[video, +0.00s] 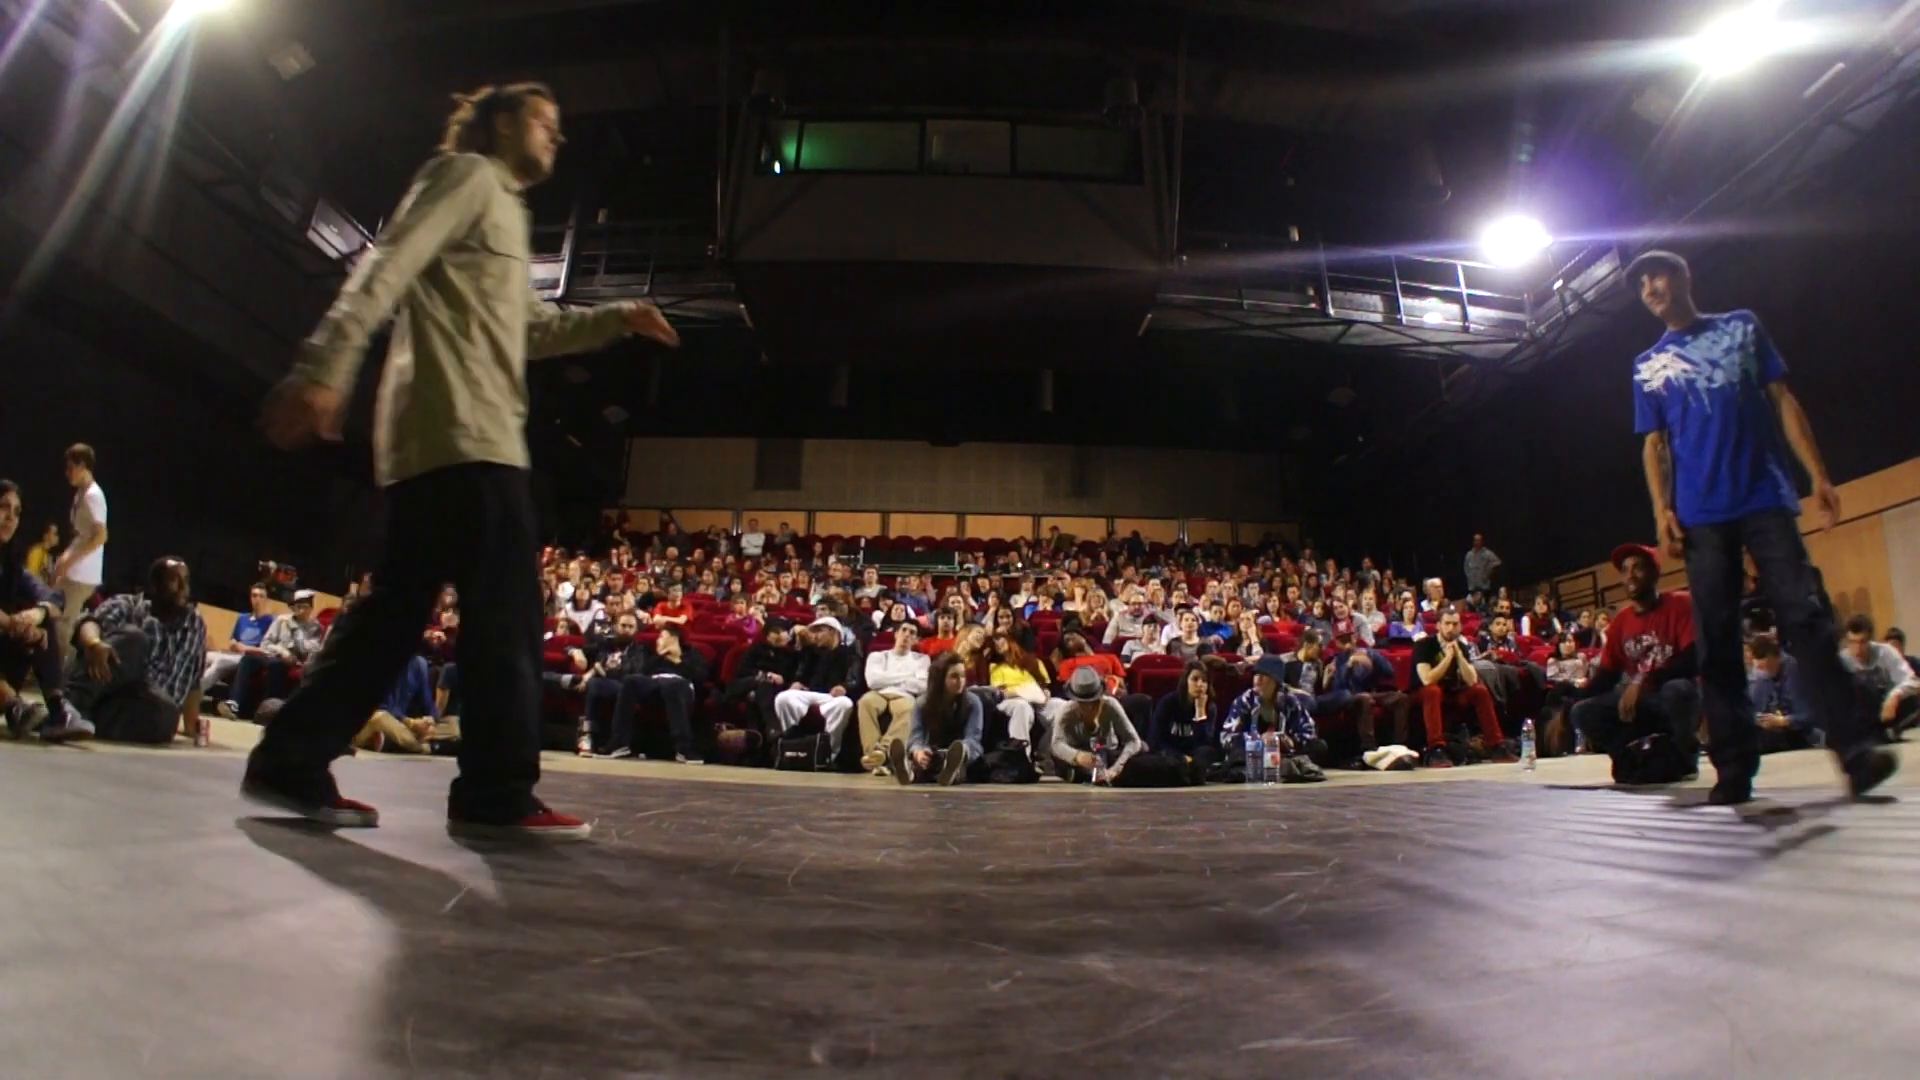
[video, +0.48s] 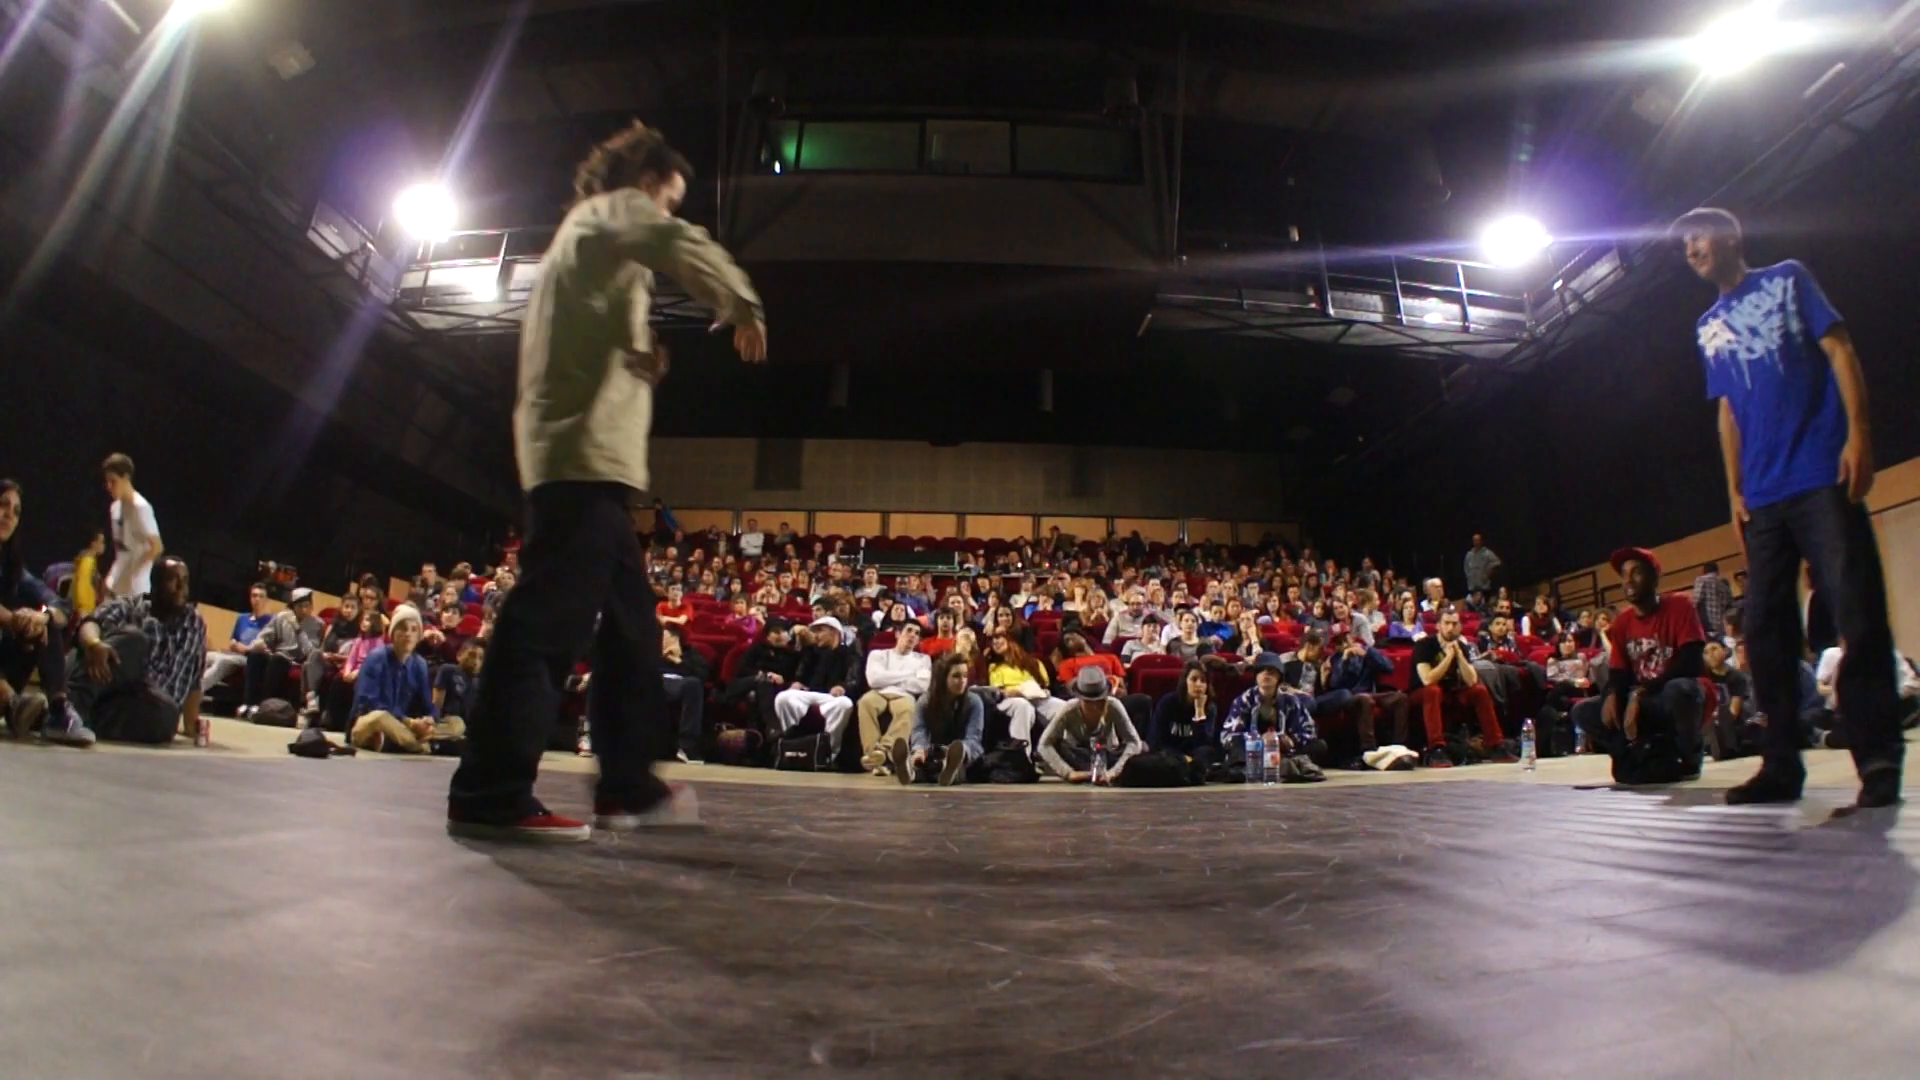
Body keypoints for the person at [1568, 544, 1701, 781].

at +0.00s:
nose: (1630, 576)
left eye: (1638, 568)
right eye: (1625, 570)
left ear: (1654, 573)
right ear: (1621, 578)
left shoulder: (1680, 603)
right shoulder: (1620, 622)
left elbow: (1692, 658)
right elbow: (1607, 675)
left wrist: (1644, 683)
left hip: (1669, 693)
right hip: (1633, 695)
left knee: (1677, 690)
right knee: (1583, 711)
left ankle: (1685, 759)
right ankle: (1629, 761)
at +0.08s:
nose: (1631, 575)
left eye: (1639, 567)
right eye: (1627, 569)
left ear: (1656, 572)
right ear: (1623, 576)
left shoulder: (1681, 603)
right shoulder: (1623, 617)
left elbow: (1689, 660)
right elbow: (1609, 670)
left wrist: (1638, 680)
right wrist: (1569, 695)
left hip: (1667, 692)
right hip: (1633, 693)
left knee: (1678, 691)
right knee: (1584, 709)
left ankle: (1686, 758)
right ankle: (1632, 758)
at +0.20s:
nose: (1632, 575)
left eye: (1639, 567)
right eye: (1627, 569)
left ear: (1656, 571)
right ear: (1623, 575)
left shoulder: (1679, 602)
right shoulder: (1624, 614)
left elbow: (1689, 662)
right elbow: (1614, 665)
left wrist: (1636, 682)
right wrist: (1585, 684)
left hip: (1671, 692)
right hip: (1637, 694)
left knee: (1677, 689)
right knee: (1586, 711)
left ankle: (1690, 759)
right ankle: (1634, 761)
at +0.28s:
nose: (1632, 576)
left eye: (1639, 568)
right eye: (1627, 570)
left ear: (1657, 572)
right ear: (1624, 576)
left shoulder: (1679, 604)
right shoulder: (1624, 616)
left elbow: (1688, 664)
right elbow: (1617, 666)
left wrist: (1636, 685)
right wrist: (1597, 686)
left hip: (1673, 691)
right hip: (1638, 693)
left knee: (1675, 690)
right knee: (1583, 711)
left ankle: (1689, 759)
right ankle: (1632, 761)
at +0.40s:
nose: (1630, 580)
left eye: (1637, 572)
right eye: (1625, 574)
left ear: (1654, 576)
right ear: (1622, 580)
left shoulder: (1679, 605)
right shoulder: (1622, 622)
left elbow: (1689, 662)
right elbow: (1620, 670)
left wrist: (1640, 691)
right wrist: (1611, 692)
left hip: (1677, 692)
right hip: (1641, 695)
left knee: (1677, 690)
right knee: (1583, 711)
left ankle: (1689, 758)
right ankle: (1635, 763)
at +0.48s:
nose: (1628, 581)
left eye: (1636, 572)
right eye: (1623, 575)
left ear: (1654, 578)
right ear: (1620, 581)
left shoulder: (1679, 606)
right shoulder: (1622, 623)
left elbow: (1690, 662)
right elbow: (1618, 671)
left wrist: (1642, 693)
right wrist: (1612, 695)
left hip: (1675, 691)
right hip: (1639, 695)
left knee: (1680, 690)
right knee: (1583, 712)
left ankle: (1689, 758)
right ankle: (1638, 760)